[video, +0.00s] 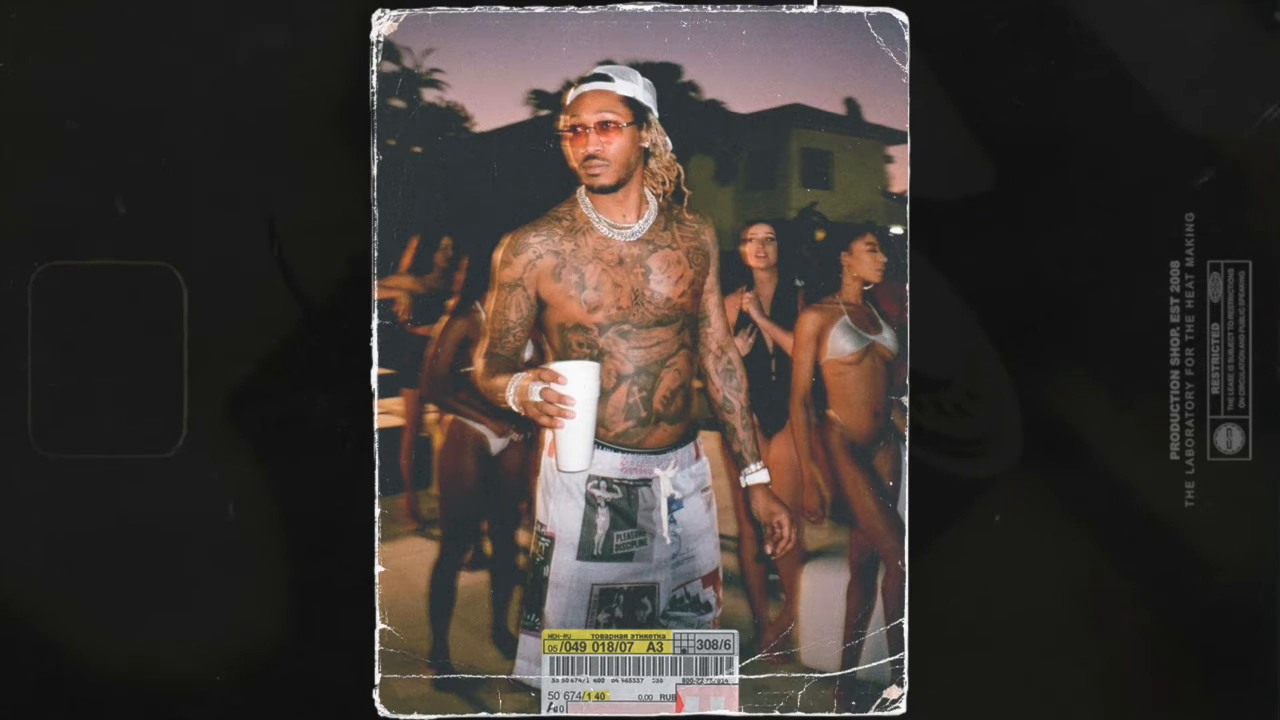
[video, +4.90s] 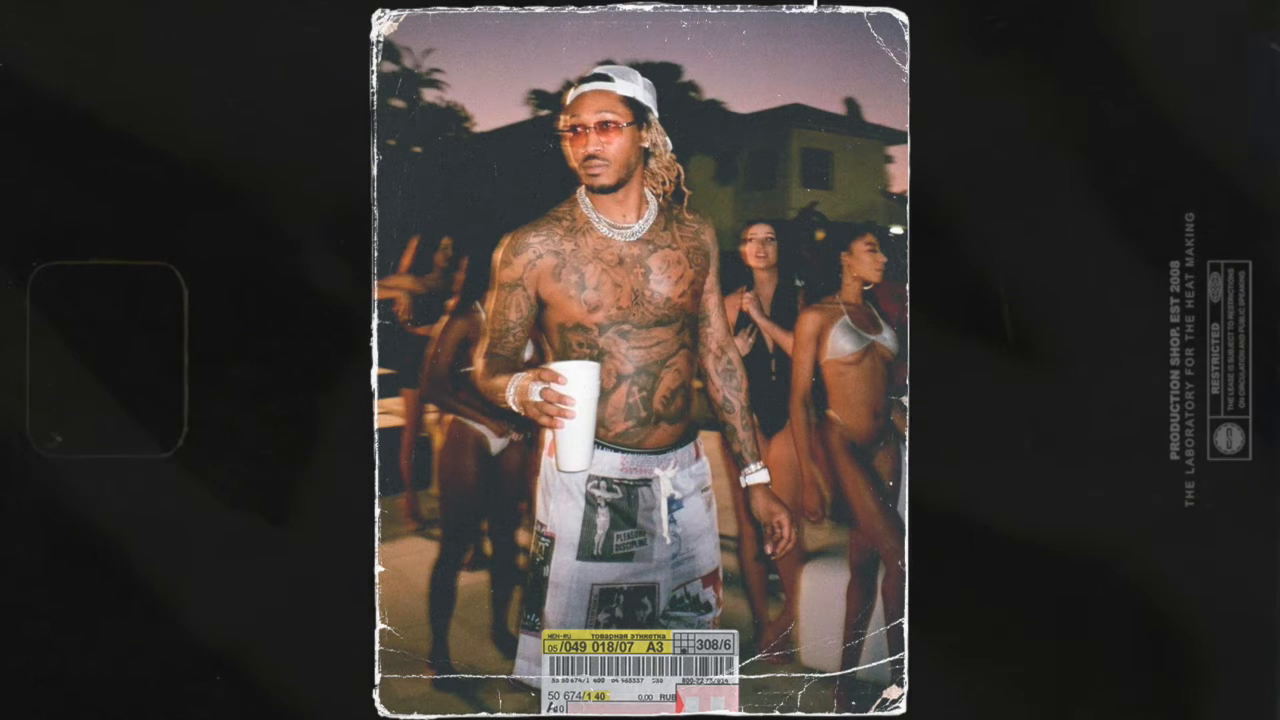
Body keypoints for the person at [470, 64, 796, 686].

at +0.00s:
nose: (590, 143)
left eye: (608, 126)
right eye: (576, 130)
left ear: (646, 138)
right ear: (565, 143)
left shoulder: (693, 236)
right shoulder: (532, 248)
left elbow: (720, 358)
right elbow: (490, 366)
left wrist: (756, 481)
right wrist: (516, 389)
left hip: (681, 477)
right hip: (582, 482)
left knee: (690, 663)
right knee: (573, 667)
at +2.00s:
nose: (590, 143)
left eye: (608, 126)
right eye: (576, 130)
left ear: (646, 138)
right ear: (565, 143)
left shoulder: (693, 235)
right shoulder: (532, 247)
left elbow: (720, 358)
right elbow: (491, 364)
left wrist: (756, 482)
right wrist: (516, 389)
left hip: (681, 476)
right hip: (583, 481)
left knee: (689, 663)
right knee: (573, 668)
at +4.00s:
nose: (590, 143)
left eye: (608, 126)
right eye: (576, 130)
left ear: (645, 138)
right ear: (565, 144)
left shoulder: (693, 236)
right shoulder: (532, 248)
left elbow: (720, 359)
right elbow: (491, 365)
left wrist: (756, 482)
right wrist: (516, 389)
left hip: (681, 477)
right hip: (582, 482)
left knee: (689, 664)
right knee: (574, 669)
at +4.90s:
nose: (590, 143)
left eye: (608, 126)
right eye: (576, 130)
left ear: (645, 138)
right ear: (565, 144)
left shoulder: (694, 236)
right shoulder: (532, 248)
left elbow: (720, 359)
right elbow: (491, 365)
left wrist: (756, 482)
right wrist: (516, 389)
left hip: (681, 477)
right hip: (582, 482)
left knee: (689, 664)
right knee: (573, 669)